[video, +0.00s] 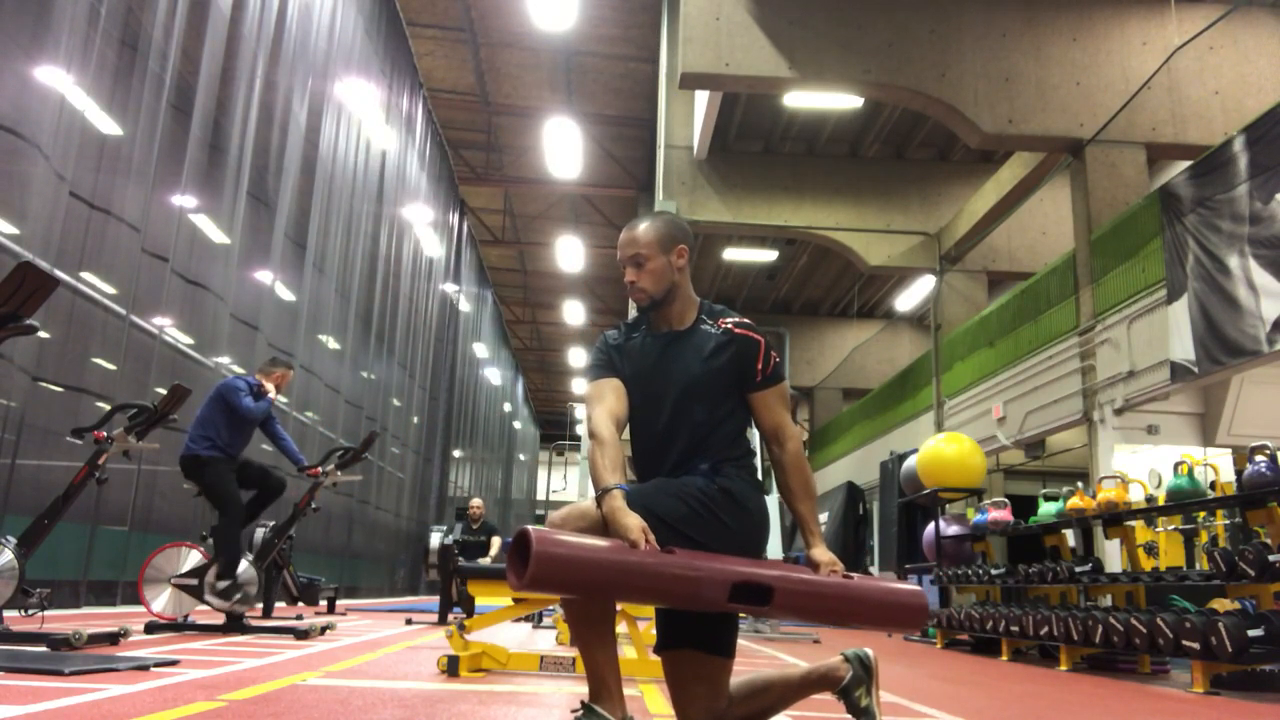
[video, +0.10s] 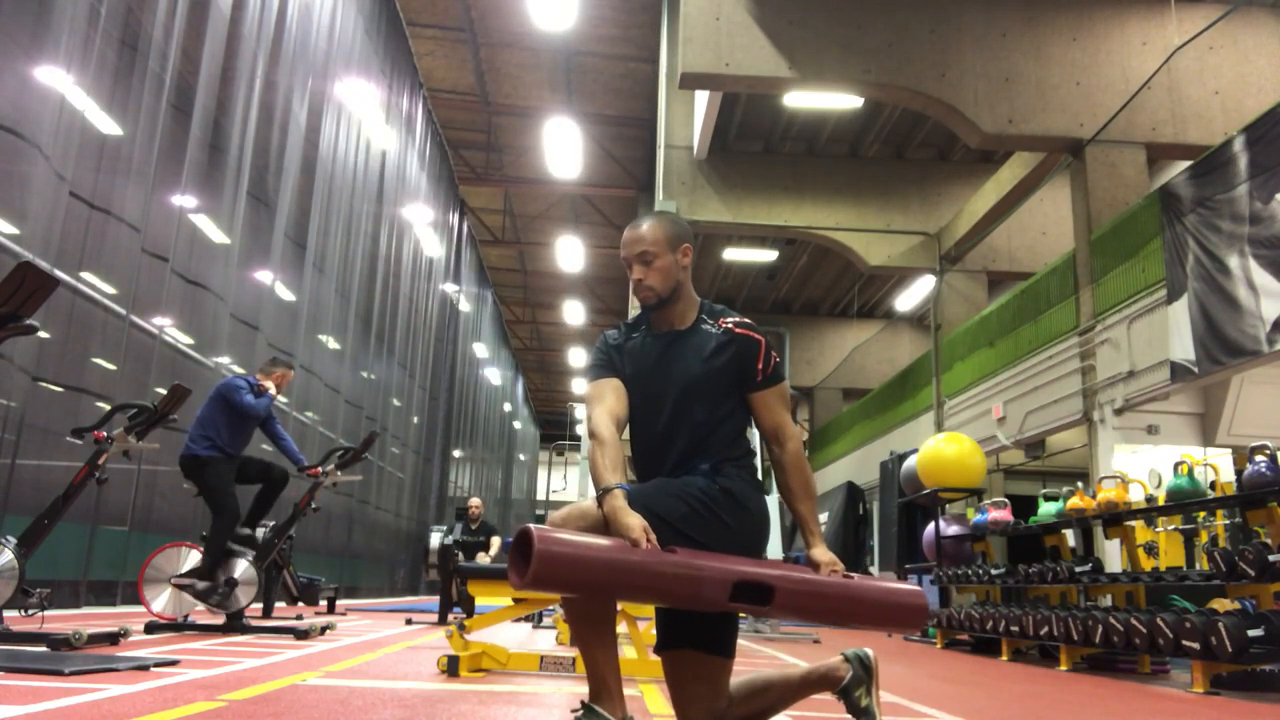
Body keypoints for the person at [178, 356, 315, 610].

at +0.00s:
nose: (283, 389)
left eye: (285, 386)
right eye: (285, 384)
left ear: (271, 376)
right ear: (277, 377)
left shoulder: (260, 401)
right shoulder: (234, 385)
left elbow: (277, 434)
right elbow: (251, 412)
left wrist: (303, 465)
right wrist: (270, 397)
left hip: (227, 461)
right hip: (202, 459)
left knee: (275, 484)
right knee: (233, 510)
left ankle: (229, 529)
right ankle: (224, 580)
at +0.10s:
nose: (283, 390)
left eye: (285, 386)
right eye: (284, 384)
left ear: (271, 376)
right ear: (276, 377)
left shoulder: (260, 400)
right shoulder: (234, 384)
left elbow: (277, 434)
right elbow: (253, 411)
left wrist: (303, 464)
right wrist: (271, 394)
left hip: (227, 461)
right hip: (203, 459)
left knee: (277, 475)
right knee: (228, 515)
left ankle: (246, 529)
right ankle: (205, 578)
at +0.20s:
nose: (282, 389)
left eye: (284, 386)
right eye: (284, 384)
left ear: (272, 378)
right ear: (274, 377)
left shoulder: (261, 401)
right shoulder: (232, 384)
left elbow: (277, 435)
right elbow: (251, 409)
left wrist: (303, 465)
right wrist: (269, 392)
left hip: (226, 461)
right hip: (200, 458)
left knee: (274, 488)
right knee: (238, 505)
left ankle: (257, 546)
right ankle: (198, 563)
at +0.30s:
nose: (283, 388)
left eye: (285, 384)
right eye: (283, 382)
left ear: (273, 379)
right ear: (269, 375)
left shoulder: (260, 404)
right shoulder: (231, 385)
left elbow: (277, 435)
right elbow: (248, 410)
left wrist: (303, 465)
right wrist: (266, 390)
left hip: (222, 461)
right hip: (200, 457)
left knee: (261, 509)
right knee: (248, 492)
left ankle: (252, 563)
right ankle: (206, 539)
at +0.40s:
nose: (283, 388)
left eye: (286, 384)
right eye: (283, 381)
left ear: (271, 379)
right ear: (267, 374)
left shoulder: (261, 405)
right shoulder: (231, 384)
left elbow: (278, 435)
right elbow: (246, 409)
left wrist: (303, 465)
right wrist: (266, 388)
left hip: (222, 464)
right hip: (199, 457)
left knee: (248, 518)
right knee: (257, 474)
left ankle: (235, 569)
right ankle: (212, 528)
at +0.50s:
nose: (282, 388)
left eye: (285, 384)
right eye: (282, 381)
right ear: (267, 373)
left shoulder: (262, 406)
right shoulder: (231, 384)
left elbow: (279, 436)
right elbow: (243, 409)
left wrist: (303, 466)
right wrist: (265, 389)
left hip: (221, 464)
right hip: (199, 456)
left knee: (248, 518)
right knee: (259, 471)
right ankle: (230, 531)